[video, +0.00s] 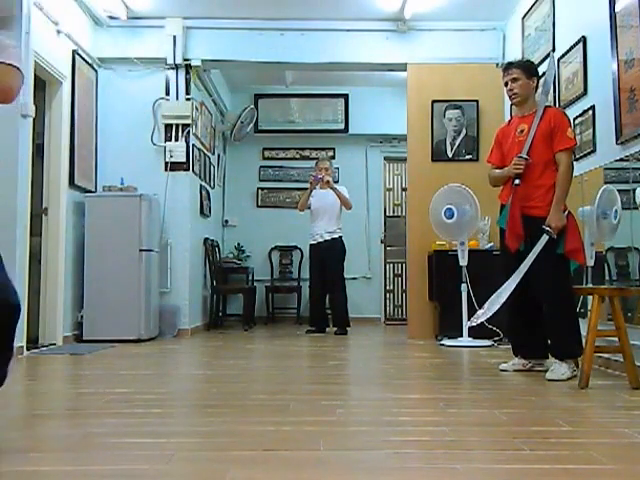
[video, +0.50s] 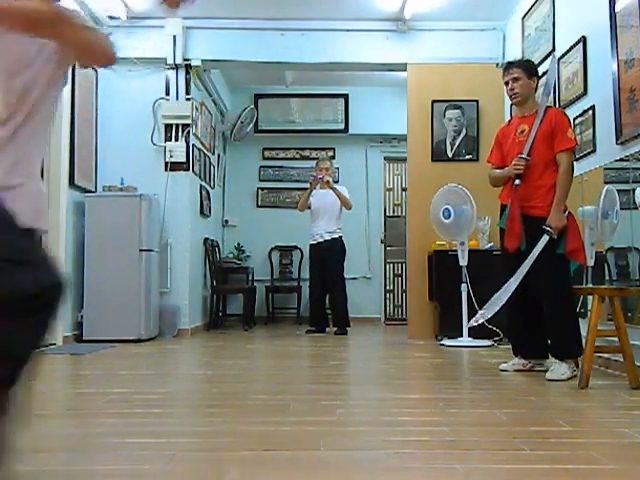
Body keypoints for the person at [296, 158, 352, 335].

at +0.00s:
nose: (323, 173)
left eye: (326, 170)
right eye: (320, 170)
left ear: (331, 171)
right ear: (315, 172)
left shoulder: (339, 190)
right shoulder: (312, 193)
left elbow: (348, 206)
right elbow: (301, 208)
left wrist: (332, 188)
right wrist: (310, 188)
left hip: (334, 241)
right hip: (316, 243)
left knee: (336, 285)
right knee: (316, 286)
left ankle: (341, 325)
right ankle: (318, 324)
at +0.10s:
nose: (323, 173)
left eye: (326, 170)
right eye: (320, 170)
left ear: (331, 171)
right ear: (315, 172)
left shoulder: (339, 190)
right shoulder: (312, 193)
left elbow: (348, 206)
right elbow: (301, 208)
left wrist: (332, 188)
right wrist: (310, 188)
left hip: (334, 241)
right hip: (316, 243)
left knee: (336, 285)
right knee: (316, 286)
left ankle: (341, 325)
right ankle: (318, 324)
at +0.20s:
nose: (323, 173)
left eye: (326, 170)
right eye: (320, 170)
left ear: (331, 171)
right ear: (315, 172)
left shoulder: (339, 190)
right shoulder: (312, 193)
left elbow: (348, 206)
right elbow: (301, 208)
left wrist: (332, 188)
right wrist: (311, 188)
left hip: (334, 241)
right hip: (316, 243)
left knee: (336, 285)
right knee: (316, 286)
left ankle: (341, 325)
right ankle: (318, 324)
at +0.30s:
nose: (323, 173)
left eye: (326, 170)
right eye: (320, 170)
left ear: (331, 171)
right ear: (315, 172)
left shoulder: (339, 190)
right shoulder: (312, 193)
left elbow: (348, 206)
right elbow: (301, 208)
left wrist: (332, 188)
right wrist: (311, 188)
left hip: (334, 241)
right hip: (316, 243)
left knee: (336, 285)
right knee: (316, 286)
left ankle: (341, 325)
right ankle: (318, 324)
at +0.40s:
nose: (323, 173)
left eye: (326, 170)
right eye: (320, 170)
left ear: (331, 171)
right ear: (315, 172)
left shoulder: (339, 190)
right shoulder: (312, 193)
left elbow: (348, 206)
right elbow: (301, 208)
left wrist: (332, 188)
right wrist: (310, 188)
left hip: (334, 241)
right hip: (316, 243)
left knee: (336, 285)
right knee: (316, 286)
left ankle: (341, 325)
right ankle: (318, 324)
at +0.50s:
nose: (323, 173)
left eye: (326, 170)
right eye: (320, 170)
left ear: (331, 171)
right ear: (316, 172)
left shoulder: (339, 190)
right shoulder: (312, 193)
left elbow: (348, 206)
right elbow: (301, 208)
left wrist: (332, 188)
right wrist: (310, 188)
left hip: (334, 241)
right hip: (316, 243)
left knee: (336, 285)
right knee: (316, 286)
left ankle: (341, 325)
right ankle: (318, 324)